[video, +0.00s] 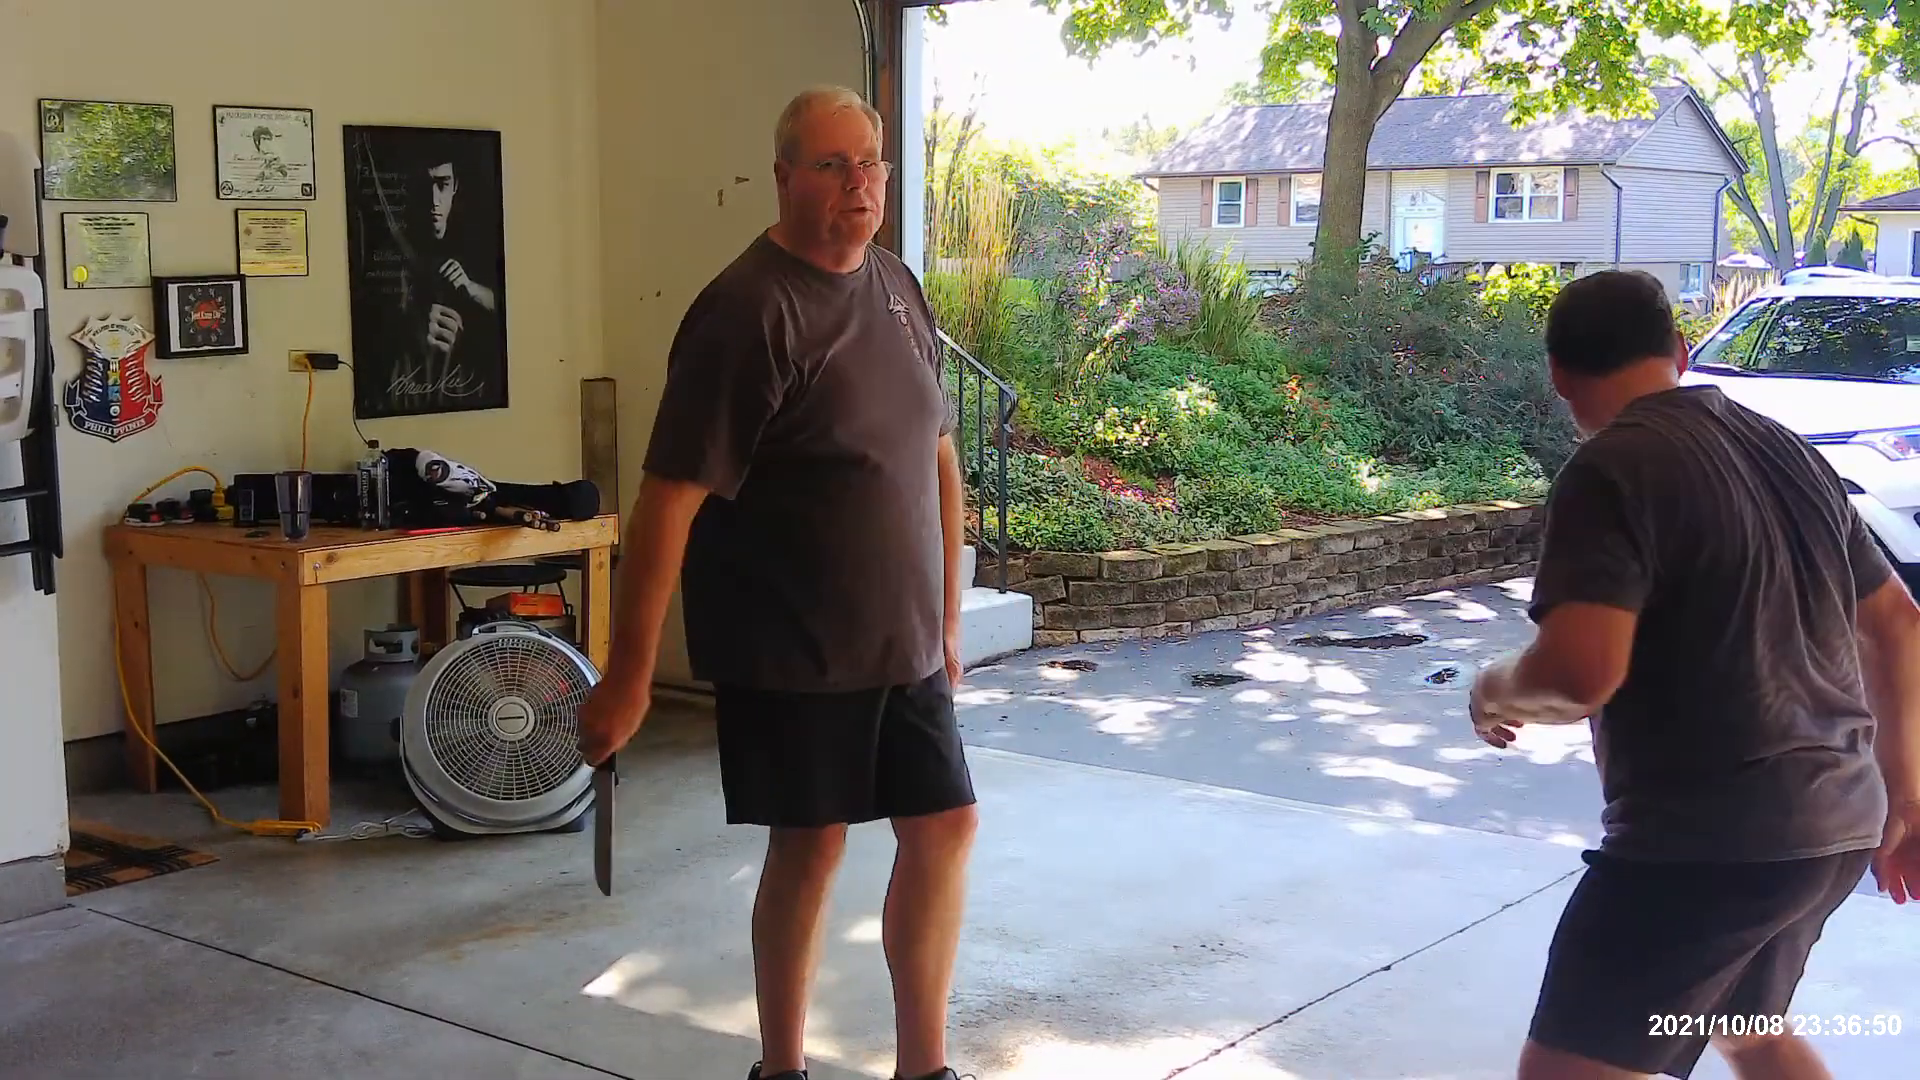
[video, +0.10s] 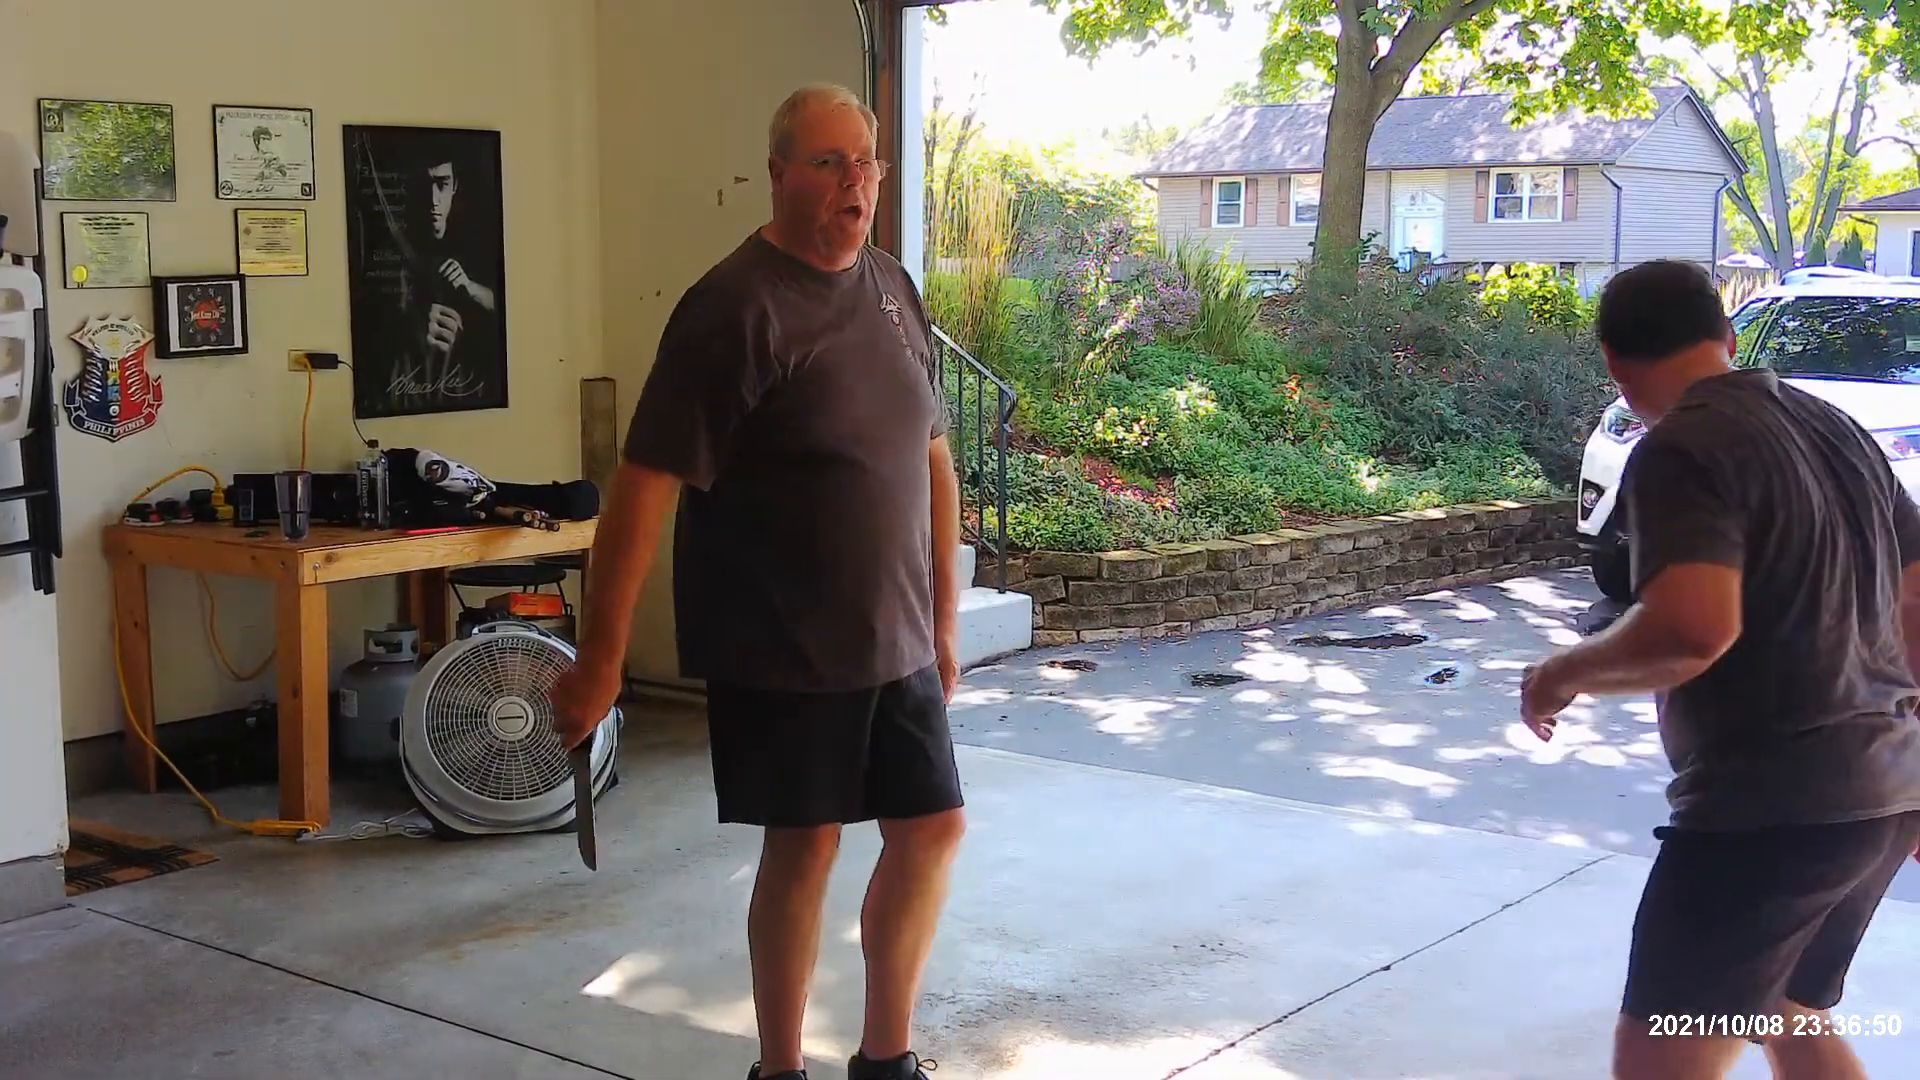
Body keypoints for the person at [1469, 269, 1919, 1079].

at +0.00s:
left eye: (1556, 380)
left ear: (1561, 378)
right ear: (1680, 349)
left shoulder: (1611, 466)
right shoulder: (1785, 447)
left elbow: (1583, 670)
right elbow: (1891, 615)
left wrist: (1500, 688)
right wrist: (1902, 796)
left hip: (1709, 834)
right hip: (1843, 816)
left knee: (1566, 1066)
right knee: (1750, 1021)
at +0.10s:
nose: (1622, 393)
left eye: (1614, 375)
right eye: (1619, 376)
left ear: (1618, 370)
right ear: (1725, 337)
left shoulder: (1684, 448)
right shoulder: (1833, 425)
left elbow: (1693, 625)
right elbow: (1912, 586)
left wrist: (1568, 670)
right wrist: (1894, 713)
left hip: (1771, 804)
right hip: (1890, 785)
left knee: (1662, 1052)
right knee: (1795, 1010)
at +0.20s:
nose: (1662, 354)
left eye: (1656, 338)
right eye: (1659, 340)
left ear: (1663, 335)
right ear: (1763, 300)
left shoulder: (1731, 406)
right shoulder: (1870, 380)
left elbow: (1762, 574)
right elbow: (1905, 531)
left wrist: (1640, 627)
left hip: (1812, 760)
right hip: (1905, 747)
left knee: (1733, 1010)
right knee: (1832, 993)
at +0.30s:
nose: (1690, 331)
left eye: (1683, 315)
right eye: (1685, 317)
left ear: (1693, 305)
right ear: (1789, 272)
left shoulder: (1754, 367)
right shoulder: (1882, 334)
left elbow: (1793, 530)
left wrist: (1701, 588)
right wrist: (1745, 580)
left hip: (1850, 713)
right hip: (1906, 698)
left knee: (1819, 964)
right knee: (1881, 945)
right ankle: (1897, 1064)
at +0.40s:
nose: (1718, 347)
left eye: (1712, 332)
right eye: (1715, 333)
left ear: (1723, 324)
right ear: (1812, 292)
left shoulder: (1782, 386)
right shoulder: (1894, 350)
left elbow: (1828, 551)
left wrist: (1747, 619)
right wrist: (1783, 605)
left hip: (1880, 729)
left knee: (1873, 979)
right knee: (1895, 955)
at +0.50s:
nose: (1751, 419)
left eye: (1745, 400)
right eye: (1749, 400)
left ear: (1757, 394)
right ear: (1850, 367)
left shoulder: (1808, 459)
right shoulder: (1904, 415)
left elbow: (1858, 626)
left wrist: (1795, 711)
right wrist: (1822, 694)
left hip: (1907, 779)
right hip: (1907, 772)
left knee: (1838, 978)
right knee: (1842, 973)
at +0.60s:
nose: (1775, 496)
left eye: (1767, 480)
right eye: (1770, 480)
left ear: (1777, 469)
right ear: (1864, 433)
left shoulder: (1834, 509)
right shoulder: (1906, 474)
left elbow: (1897, 666)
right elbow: (1901, 664)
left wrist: (1850, 789)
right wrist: (1870, 775)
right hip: (1919, 806)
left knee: (1850, 967)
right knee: (1869, 969)